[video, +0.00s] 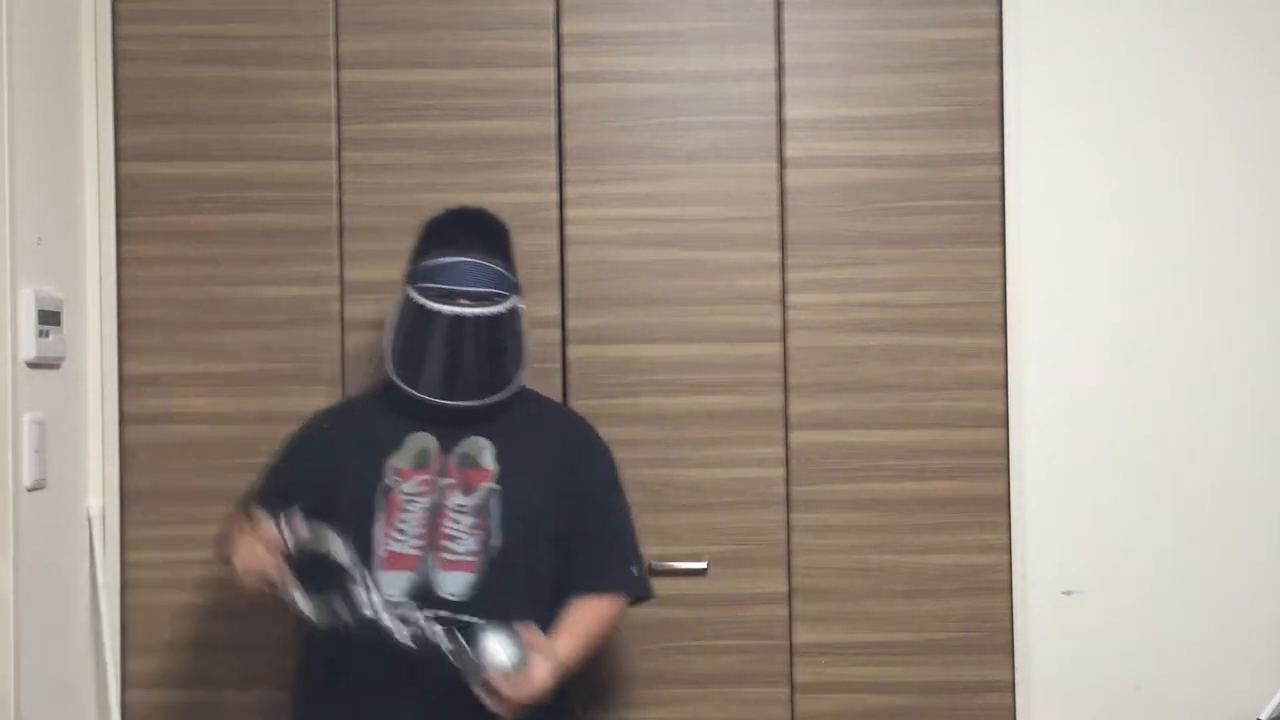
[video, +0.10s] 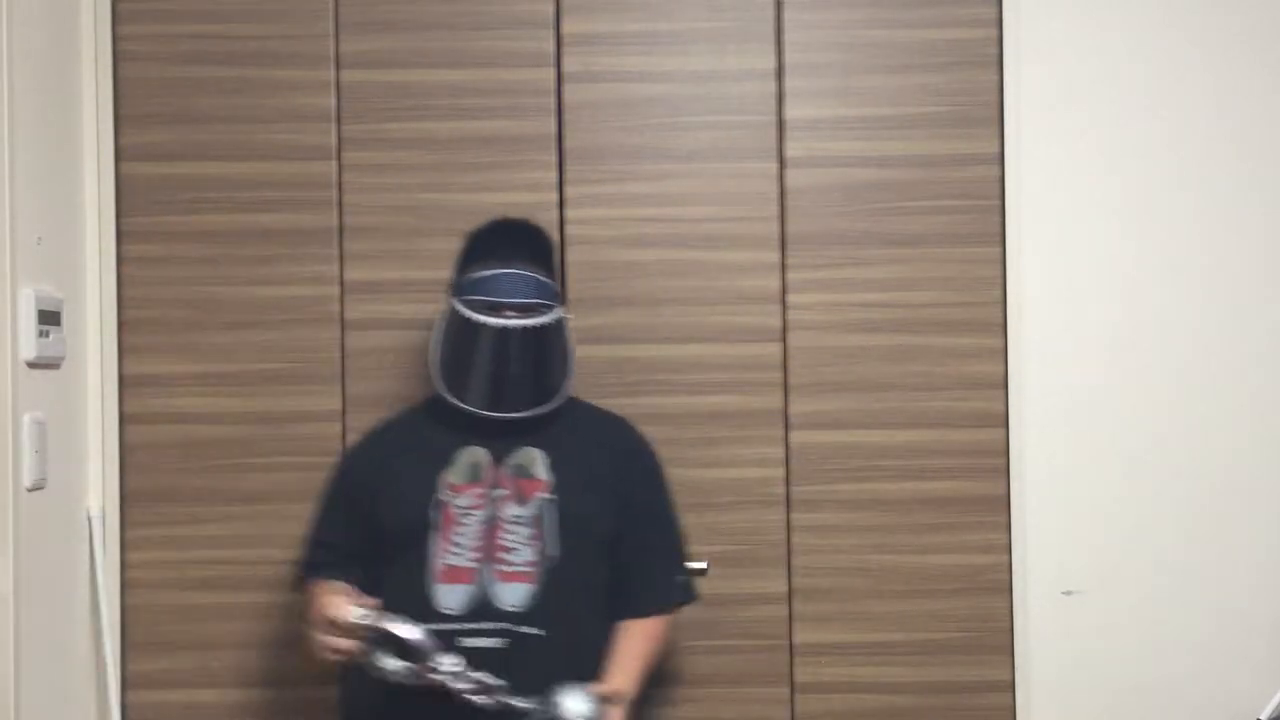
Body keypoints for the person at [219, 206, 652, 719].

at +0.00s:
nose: (458, 336)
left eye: (478, 318)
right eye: (440, 315)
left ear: (510, 319)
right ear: (408, 312)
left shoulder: (565, 445)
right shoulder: (339, 434)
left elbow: (608, 581)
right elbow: (259, 517)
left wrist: (553, 656)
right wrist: (254, 547)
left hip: (495, 704)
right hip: (352, 701)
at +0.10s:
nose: (507, 349)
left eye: (526, 329)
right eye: (487, 328)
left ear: (556, 328)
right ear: (453, 323)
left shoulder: (615, 454)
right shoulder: (386, 455)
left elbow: (652, 594)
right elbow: (333, 567)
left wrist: (615, 691)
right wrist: (334, 611)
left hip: (558, 706)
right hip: (409, 703)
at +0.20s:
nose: (557, 347)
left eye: (577, 328)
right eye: (536, 329)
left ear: (607, 325)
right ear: (503, 326)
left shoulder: (672, 447)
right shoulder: (448, 453)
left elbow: (722, 581)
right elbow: (376, 569)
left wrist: (698, 659)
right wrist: (394, 591)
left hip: (628, 702)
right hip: (484, 701)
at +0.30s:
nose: (597, 330)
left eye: (616, 311)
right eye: (577, 312)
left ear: (645, 308)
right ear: (545, 310)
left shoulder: (713, 426)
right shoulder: (491, 437)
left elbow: (793, 539)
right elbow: (406, 576)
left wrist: (750, 606)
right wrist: (455, 511)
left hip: (684, 700)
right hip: (539, 701)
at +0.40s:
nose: (621, 319)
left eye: (641, 298)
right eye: (600, 298)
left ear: (671, 296)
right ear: (566, 299)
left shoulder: (736, 405)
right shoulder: (528, 423)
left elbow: (856, 510)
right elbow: (426, 518)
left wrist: (812, 502)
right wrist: (498, 403)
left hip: (718, 701)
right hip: (570, 702)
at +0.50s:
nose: (638, 303)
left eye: (658, 280)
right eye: (615, 281)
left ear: (686, 286)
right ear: (579, 290)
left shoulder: (758, 406)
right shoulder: (541, 413)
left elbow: (884, 495)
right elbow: (444, 456)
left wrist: (858, 439)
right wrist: (517, 331)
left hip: (740, 698)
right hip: (588, 700)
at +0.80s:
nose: (630, 325)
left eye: (649, 303)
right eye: (610, 304)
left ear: (682, 299)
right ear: (577, 303)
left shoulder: (750, 406)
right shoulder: (540, 421)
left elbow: (874, 508)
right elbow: (436, 489)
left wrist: (825, 507)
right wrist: (510, 392)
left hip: (737, 701)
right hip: (587, 703)